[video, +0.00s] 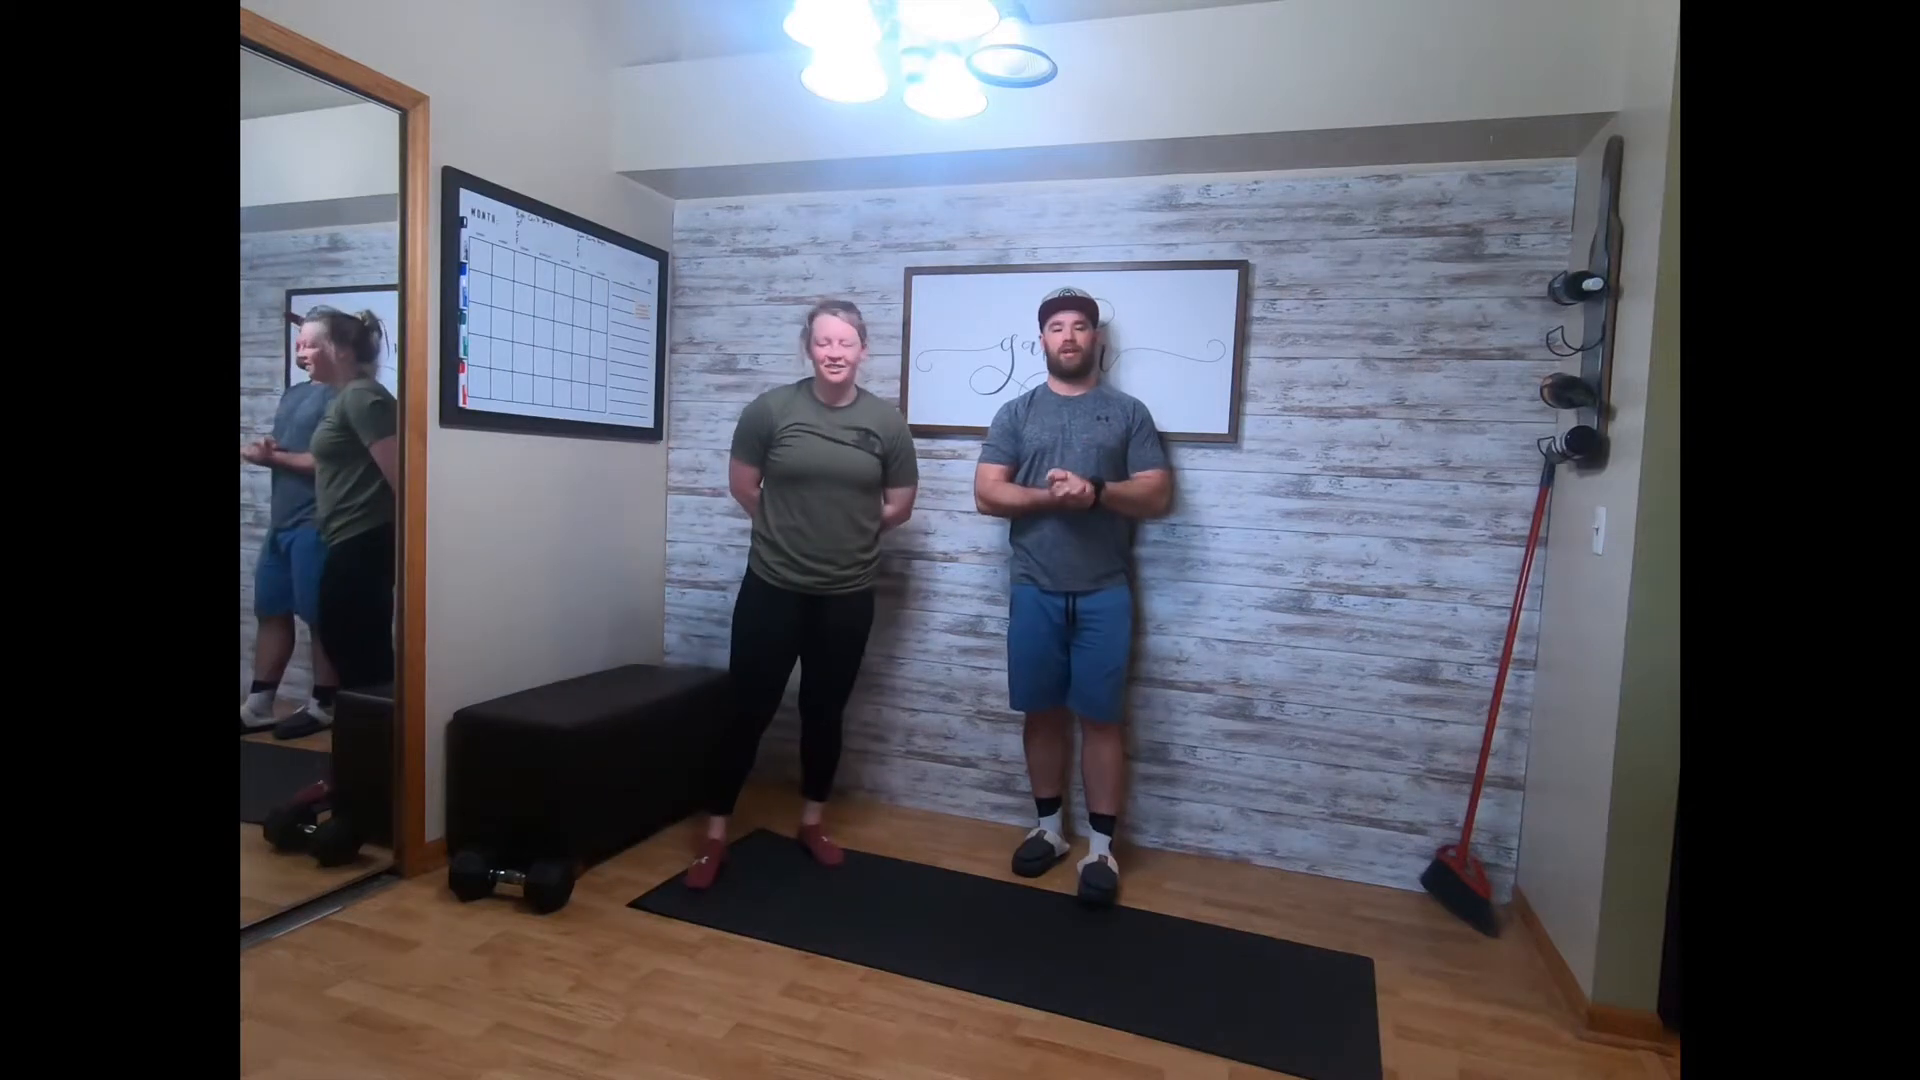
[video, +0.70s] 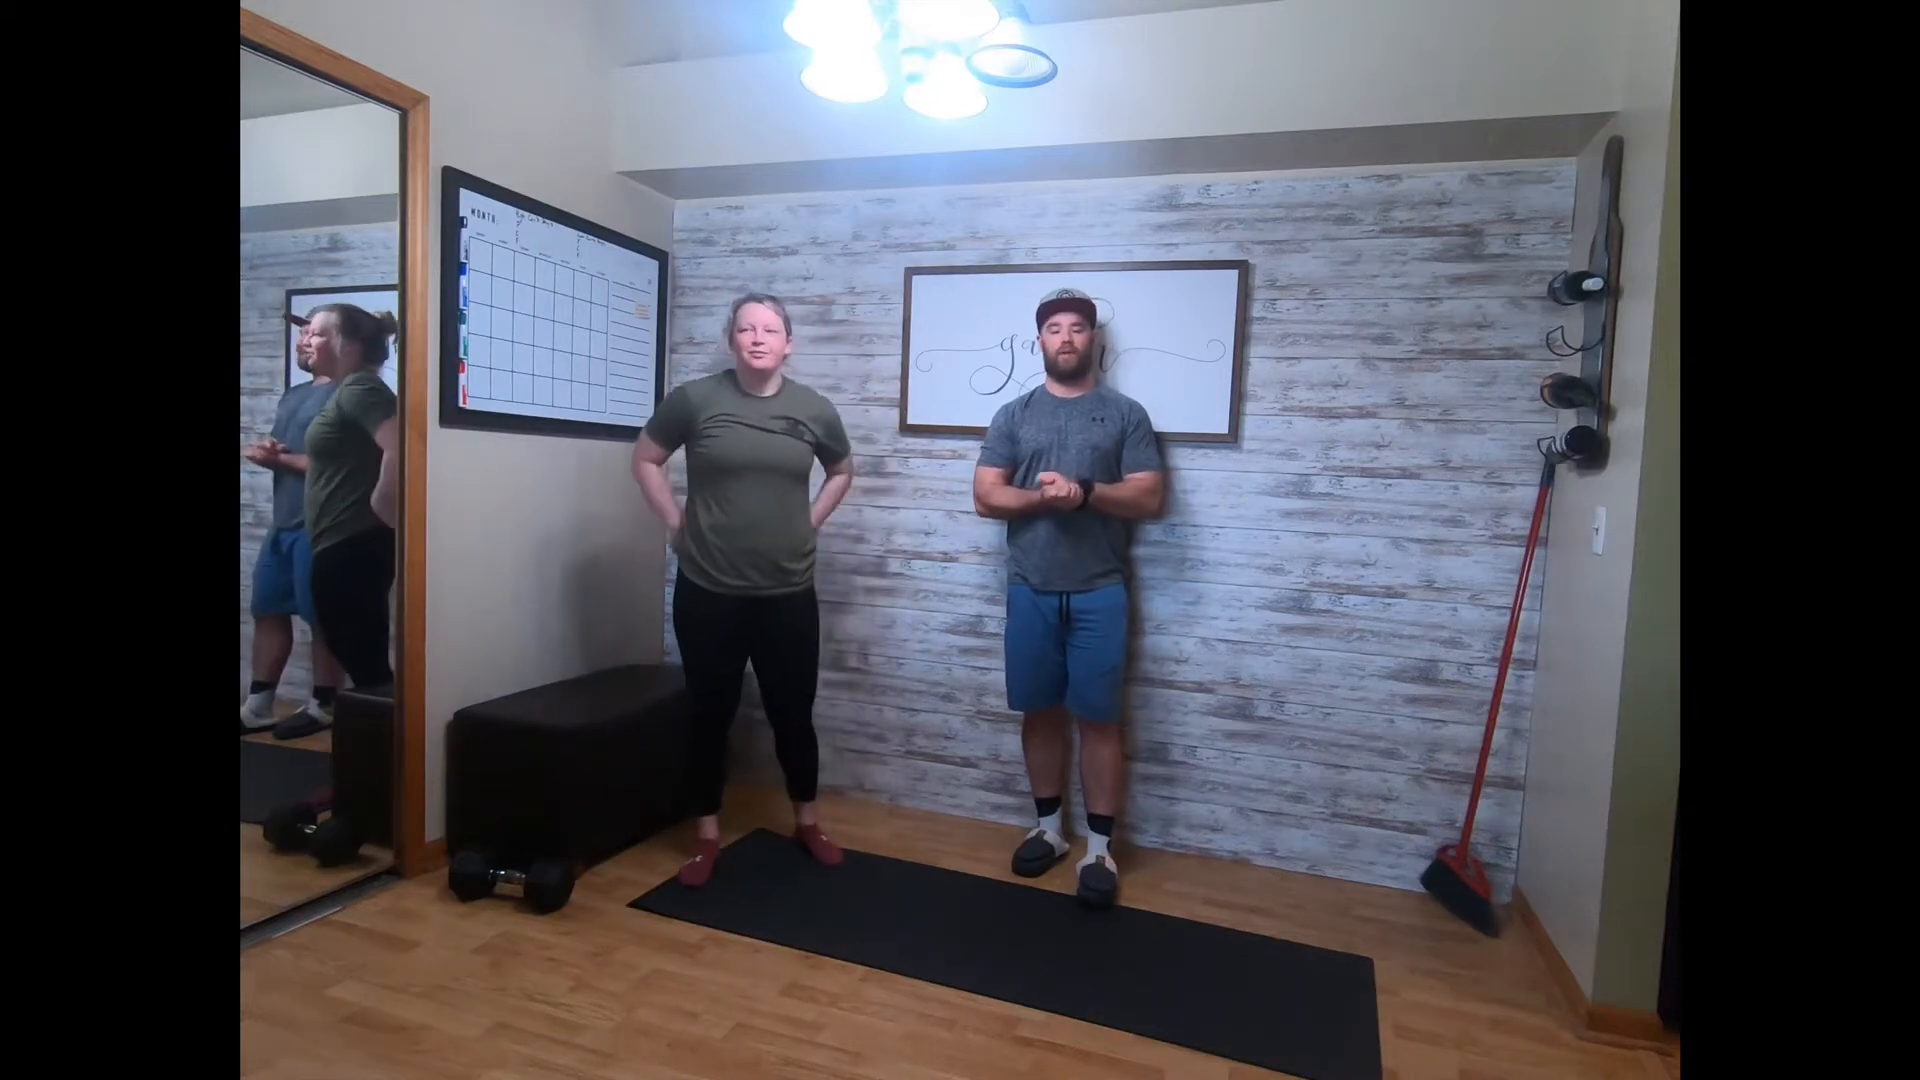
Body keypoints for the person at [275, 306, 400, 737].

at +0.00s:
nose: (304, 357)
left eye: (312, 347)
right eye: (304, 348)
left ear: (340, 350)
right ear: (343, 351)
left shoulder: (362, 397)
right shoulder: (345, 398)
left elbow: (405, 481)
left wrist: (418, 546)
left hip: (366, 542)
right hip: (349, 541)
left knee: (354, 649)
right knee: (351, 646)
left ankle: (361, 767)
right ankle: (361, 763)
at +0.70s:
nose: (309, 342)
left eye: (318, 335)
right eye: (310, 334)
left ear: (347, 343)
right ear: (349, 344)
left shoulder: (360, 389)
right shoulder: (346, 391)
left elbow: (399, 444)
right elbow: (337, 466)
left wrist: (384, 500)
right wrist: (283, 457)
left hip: (356, 542)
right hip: (340, 542)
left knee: (361, 657)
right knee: (357, 655)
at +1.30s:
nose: (315, 338)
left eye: (326, 331)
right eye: (318, 330)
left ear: (356, 342)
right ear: (348, 344)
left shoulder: (369, 386)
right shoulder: (346, 389)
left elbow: (358, 449)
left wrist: (318, 417)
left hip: (360, 543)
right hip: (340, 541)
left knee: (357, 655)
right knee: (346, 651)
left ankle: (375, 758)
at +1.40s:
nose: (319, 344)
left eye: (328, 336)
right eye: (320, 335)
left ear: (358, 344)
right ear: (350, 346)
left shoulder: (368, 382)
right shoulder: (348, 385)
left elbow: (336, 437)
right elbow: (331, 454)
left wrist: (303, 401)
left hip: (363, 536)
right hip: (345, 535)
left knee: (344, 627)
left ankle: (379, 723)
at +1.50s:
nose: (315, 348)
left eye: (323, 339)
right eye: (315, 340)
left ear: (353, 341)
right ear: (353, 344)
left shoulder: (366, 379)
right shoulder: (359, 379)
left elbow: (322, 426)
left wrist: (300, 389)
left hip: (358, 538)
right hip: (352, 536)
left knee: (348, 640)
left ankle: (371, 740)